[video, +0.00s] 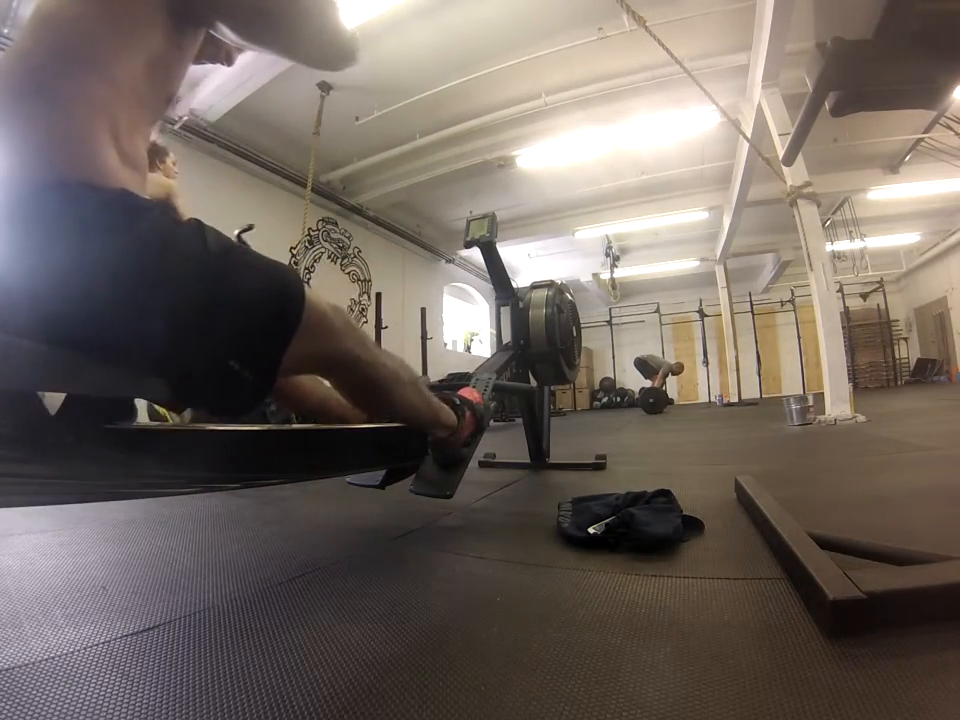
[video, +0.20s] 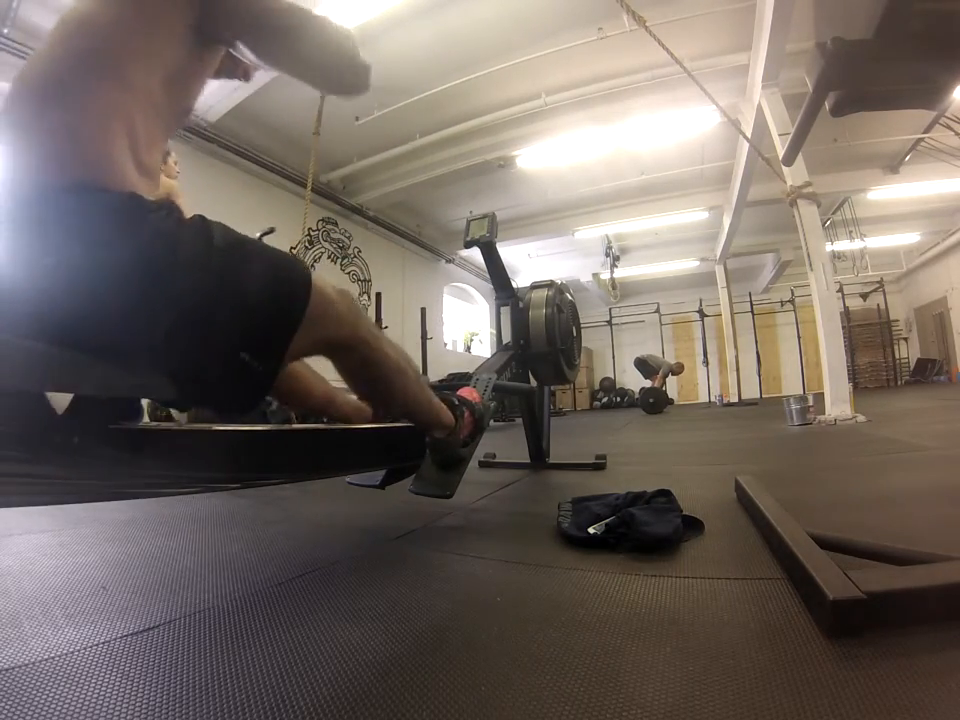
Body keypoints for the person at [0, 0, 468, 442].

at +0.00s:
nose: (223, 57)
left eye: (223, 53)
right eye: (219, 43)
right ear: (197, 11)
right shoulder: (173, 5)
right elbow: (337, 47)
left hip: (20, 228)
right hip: (89, 224)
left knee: (269, 364)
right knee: (333, 333)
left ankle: (368, 432)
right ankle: (449, 426)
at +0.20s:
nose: (242, 70)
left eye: (241, 67)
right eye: (238, 56)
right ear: (221, 21)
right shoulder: (199, 4)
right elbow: (351, 72)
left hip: (20, 236)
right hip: (104, 231)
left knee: (241, 329)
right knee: (343, 320)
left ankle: (360, 420)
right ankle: (447, 430)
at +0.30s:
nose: (259, 76)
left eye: (259, 67)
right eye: (259, 53)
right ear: (248, 16)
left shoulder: (124, 36)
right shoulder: (225, 8)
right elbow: (364, 100)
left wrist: (238, 76)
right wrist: (345, 56)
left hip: (30, 254)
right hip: (121, 244)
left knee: (257, 336)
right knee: (351, 305)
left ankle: (363, 418)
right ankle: (446, 426)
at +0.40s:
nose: (311, 68)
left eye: (308, 60)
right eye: (310, 54)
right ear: (284, 33)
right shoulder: (255, 20)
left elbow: (209, 224)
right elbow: (379, 142)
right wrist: (334, 74)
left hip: (49, 276)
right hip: (144, 255)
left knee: (258, 321)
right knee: (361, 292)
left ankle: (358, 414)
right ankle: (445, 427)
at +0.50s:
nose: (330, 112)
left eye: (334, 101)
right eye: (334, 96)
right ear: (323, 65)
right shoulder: (289, 56)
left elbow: (252, 246)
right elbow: (400, 190)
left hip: (73, 292)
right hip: (167, 279)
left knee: (267, 307)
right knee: (378, 285)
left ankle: (358, 411)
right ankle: (447, 427)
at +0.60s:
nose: (358, 138)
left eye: (362, 127)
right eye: (360, 122)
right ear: (347, 90)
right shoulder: (330, 92)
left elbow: (289, 242)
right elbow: (423, 222)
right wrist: (434, 261)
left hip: (92, 296)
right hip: (178, 287)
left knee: (280, 312)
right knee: (390, 281)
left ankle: (358, 412)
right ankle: (447, 428)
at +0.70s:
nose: (382, 160)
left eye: (385, 152)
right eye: (384, 146)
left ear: (341, 95)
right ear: (370, 117)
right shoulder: (357, 118)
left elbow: (315, 271)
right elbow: (449, 258)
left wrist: (402, 340)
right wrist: (449, 318)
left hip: (117, 301)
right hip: (197, 290)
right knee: (399, 269)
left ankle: (361, 414)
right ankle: (446, 425)